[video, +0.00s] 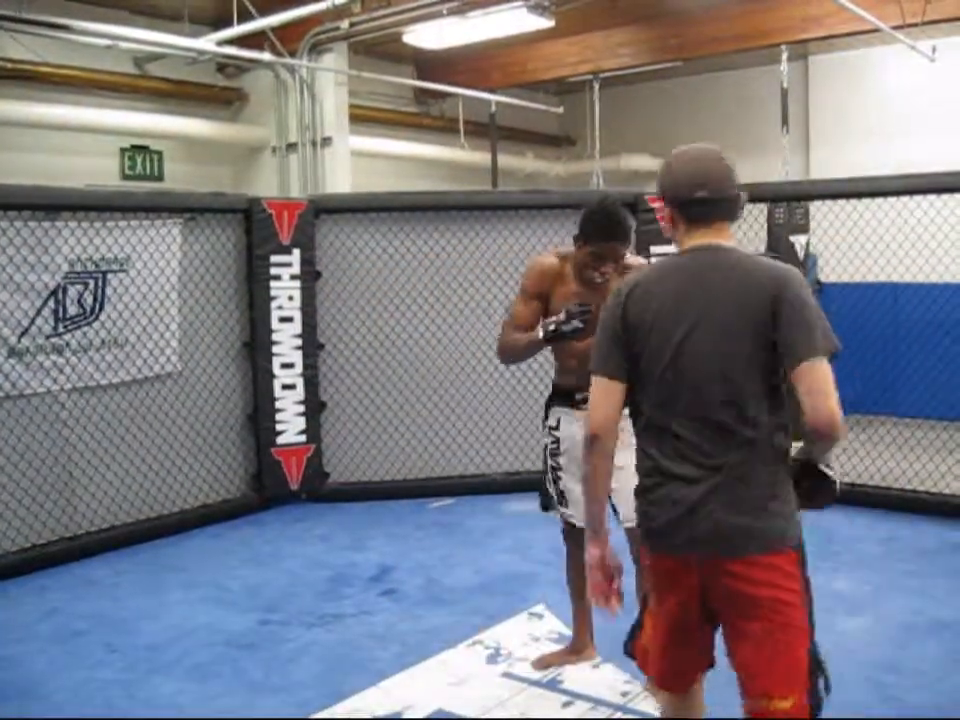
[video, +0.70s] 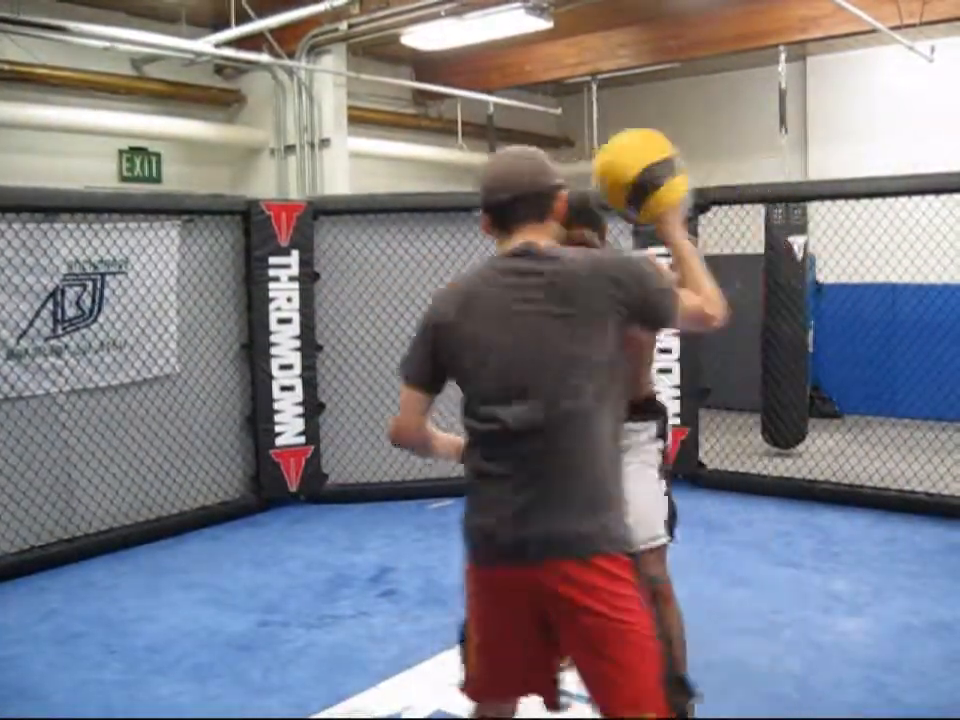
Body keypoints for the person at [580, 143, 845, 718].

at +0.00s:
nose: (657, 212)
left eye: (658, 204)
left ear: (665, 212)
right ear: (736, 206)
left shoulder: (631, 295)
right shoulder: (779, 282)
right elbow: (824, 417)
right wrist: (814, 445)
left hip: (667, 528)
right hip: (757, 529)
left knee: (677, 689)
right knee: (778, 704)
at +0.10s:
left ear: (680, 215)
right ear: (758, 215)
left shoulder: (635, 297)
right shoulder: (788, 297)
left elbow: (589, 434)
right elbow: (850, 441)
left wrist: (602, 519)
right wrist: (801, 411)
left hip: (655, 545)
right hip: (746, 550)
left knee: (671, 697)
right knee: (764, 708)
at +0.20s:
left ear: (678, 204)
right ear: (757, 205)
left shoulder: (628, 279)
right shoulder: (787, 287)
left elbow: (576, 414)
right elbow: (857, 395)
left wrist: (640, 412)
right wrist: (832, 310)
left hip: (634, 538)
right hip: (732, 548)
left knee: (652, 700)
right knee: (755, 708)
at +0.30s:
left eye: (653, 186)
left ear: (655, 196)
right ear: (737, 196)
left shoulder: (611, 273)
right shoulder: (772, 275)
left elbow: (563, 397)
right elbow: (852, 337)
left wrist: (613, 367)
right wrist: (815, 240)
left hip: (621, 538)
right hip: (721, 546)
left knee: (628, 693)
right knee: (749, 707)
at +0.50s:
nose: (574, 234)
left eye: (577, 223)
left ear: (586, 231)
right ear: (669, 226)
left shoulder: (552, 316)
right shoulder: (708, 298)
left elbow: (484, 442)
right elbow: (810, 292)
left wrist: (558, 435)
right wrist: (757, 223)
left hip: (589, 588)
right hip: (688, 587)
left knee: (583, 709)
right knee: (744, 708)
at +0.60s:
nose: (620, 226)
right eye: (619, 215)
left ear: (535, 234)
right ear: (613, 220)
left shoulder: (503, 314)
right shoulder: (648, 293)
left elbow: (438, 446)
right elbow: (771, 305)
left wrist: (497, 474)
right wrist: (722, 214)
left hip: (548, 594)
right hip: (648, 590)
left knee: (557, 710)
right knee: (711, 708)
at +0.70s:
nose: (562, 205)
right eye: (560, 198)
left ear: (486, 221)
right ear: (559, 204)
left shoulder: (455, 301)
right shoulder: (603, 275)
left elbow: (405, 428)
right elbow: (709, 310)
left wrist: (471, 447)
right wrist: (674, 231)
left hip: (496, 549)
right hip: (589, 548)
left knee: (493, 707)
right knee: (639, 707)